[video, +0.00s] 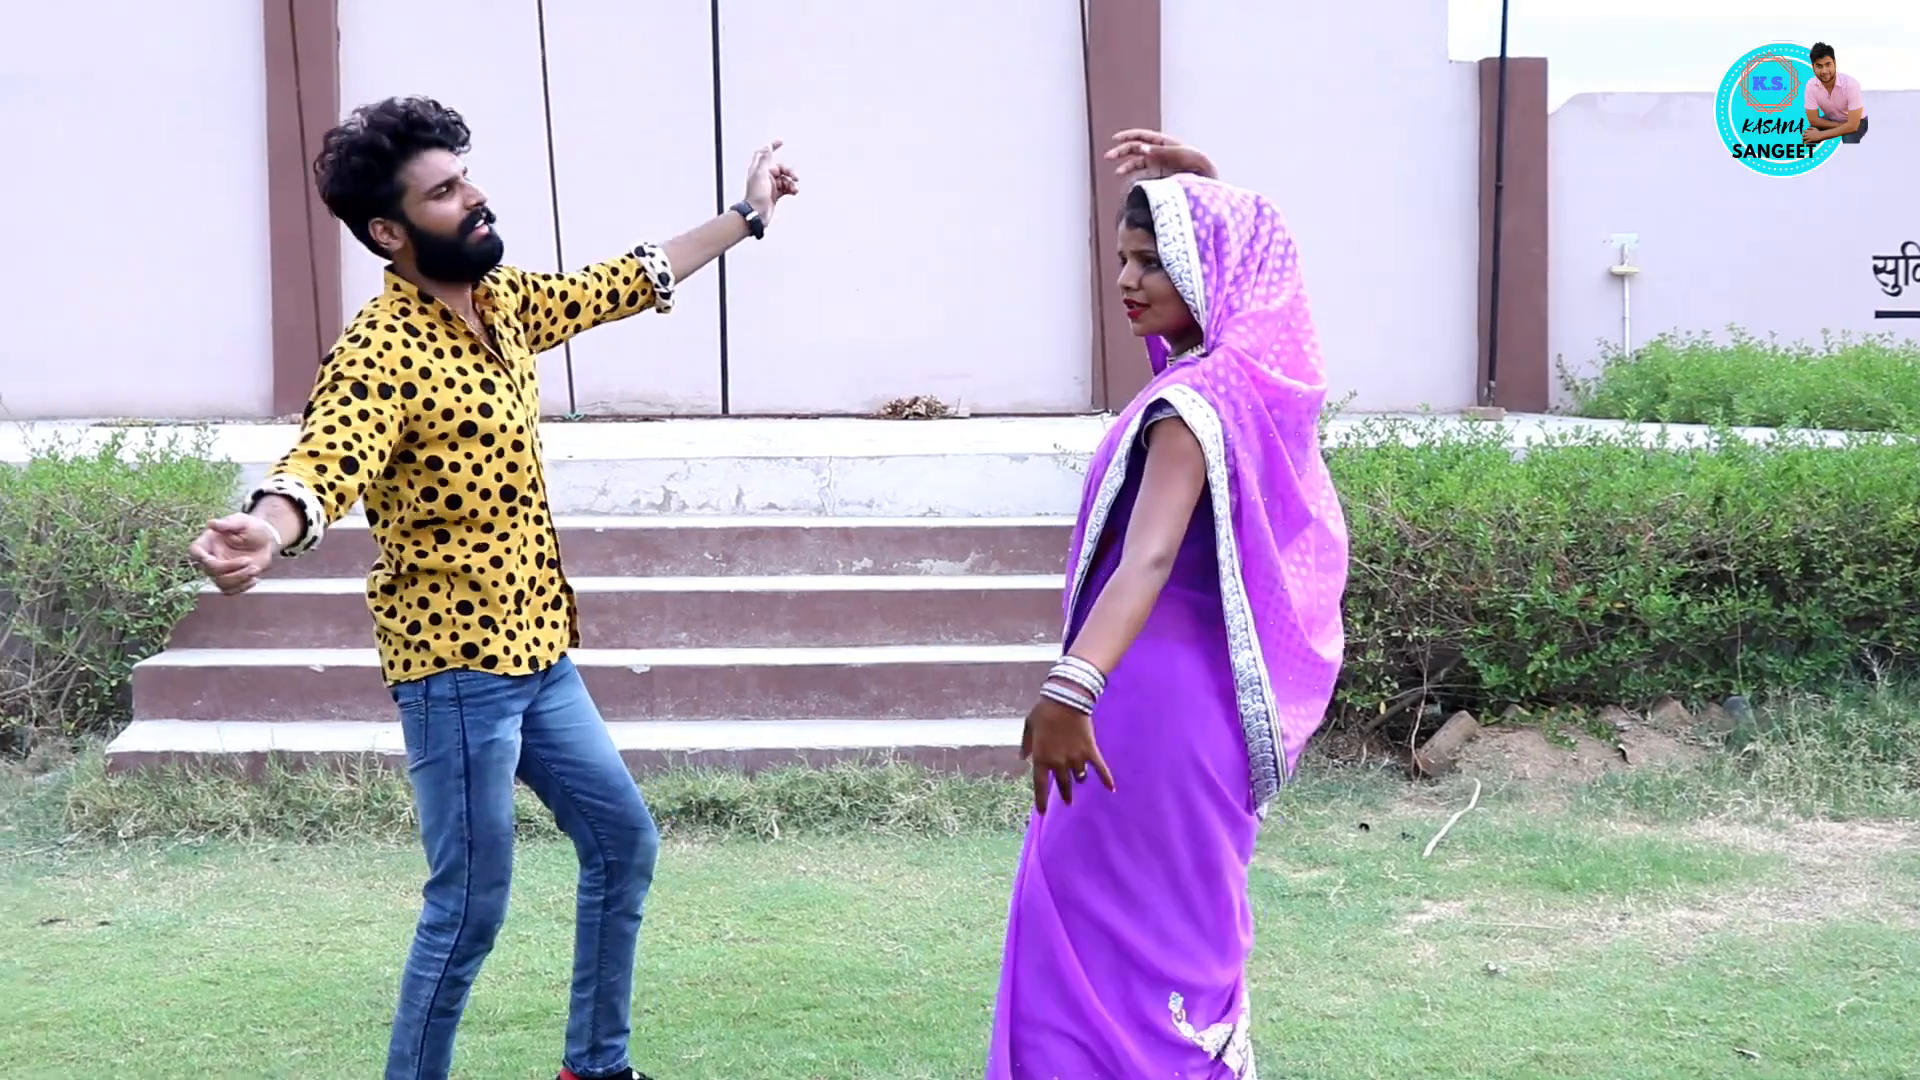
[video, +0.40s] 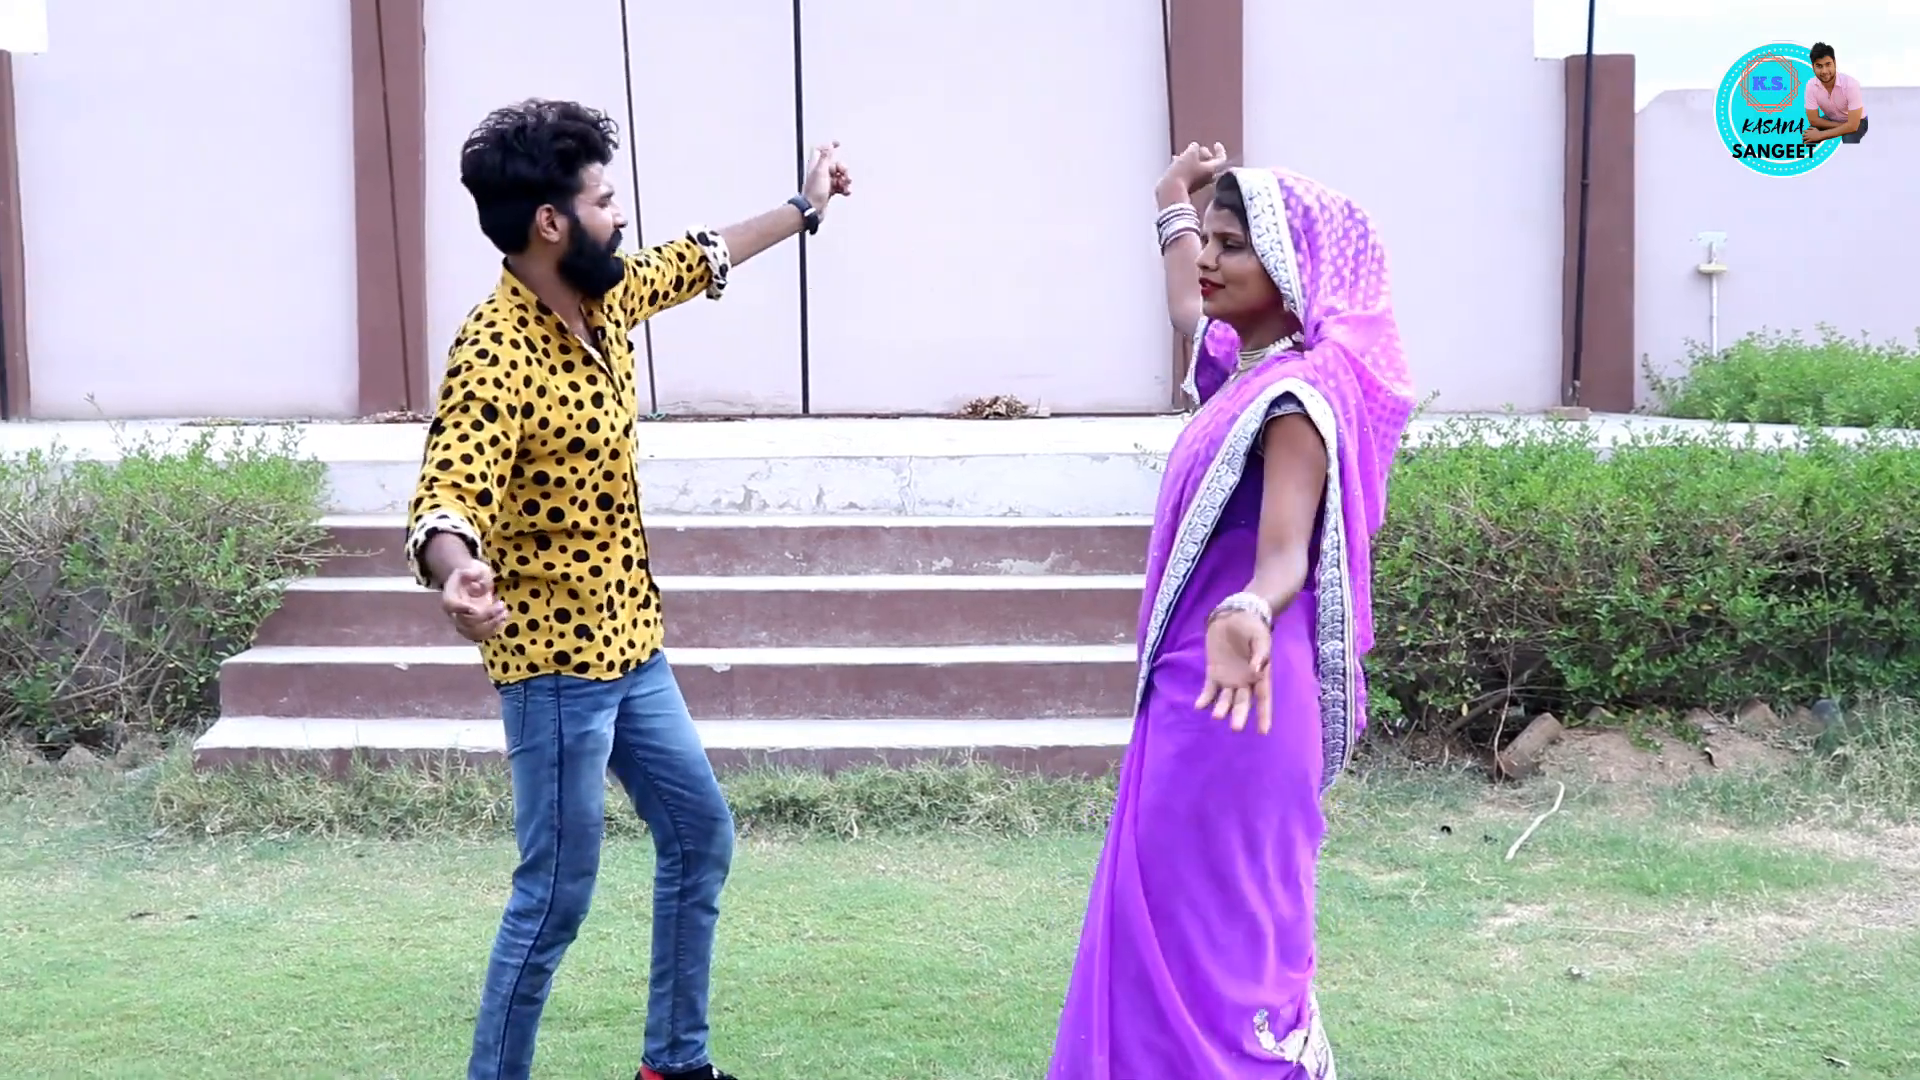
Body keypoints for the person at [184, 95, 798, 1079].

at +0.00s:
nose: (475, 199)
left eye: (468, 179)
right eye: (444, 191)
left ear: (476, 180)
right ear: (387, 234)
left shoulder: (508, 301)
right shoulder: (381, 347)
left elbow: (627, 283)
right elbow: (329, 453)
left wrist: (745, 215)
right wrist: (272, 522)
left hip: (537, 652)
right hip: (452, 667)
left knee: (623, 841)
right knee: (467, 907)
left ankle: (597, 1064)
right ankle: (412, 1073)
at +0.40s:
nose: (621, 212)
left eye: (615, 194)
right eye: (604, 198)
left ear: (555, 218)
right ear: (546, 220)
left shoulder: (602, 297)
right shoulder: (495, 349)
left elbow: (696, 258)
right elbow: (444, 501)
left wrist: (803, 208)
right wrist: (457, 567)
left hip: (629, 648)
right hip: (550, 660)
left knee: (701, 833)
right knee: (554, 893)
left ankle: (676, 1059)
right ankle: (495, 1071)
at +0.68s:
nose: (708, 250)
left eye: (703, 231)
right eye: (694, 233)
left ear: (644, 248)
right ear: (650, 251)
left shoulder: (648, 330)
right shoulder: (567, 393)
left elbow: (708, 293)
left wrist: (787, 217)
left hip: (688, 652)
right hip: (622, 674)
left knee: (770, 831)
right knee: (629, 906)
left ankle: (703, 1058)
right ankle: (534, 1071)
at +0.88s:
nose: (777, 245)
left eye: (775, 228)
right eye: (773, 230)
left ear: (687, 236)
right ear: (743, 247)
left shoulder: (650, 296)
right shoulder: (711, 400)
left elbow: (684, 192)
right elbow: (748, 587)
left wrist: (771, 101)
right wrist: (847, 659)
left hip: (677, 629)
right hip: (688, 650)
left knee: (761, 833)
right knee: (646, 883)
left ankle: (707, 1065)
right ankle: (530, 1068)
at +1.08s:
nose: (864, 284)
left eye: (864, 266)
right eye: (863, 268)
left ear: (768, 259)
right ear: (838, 277)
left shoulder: (702, 317)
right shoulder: (810, 415)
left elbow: (725, 178)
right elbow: (867, 583)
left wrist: (786, 57)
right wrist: (826, 547)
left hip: (694, 650)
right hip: (773, 668)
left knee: (757, 882)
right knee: (787, 897)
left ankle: (706, 1071)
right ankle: (581, 1047)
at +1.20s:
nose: (912, 259)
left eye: (909, 241)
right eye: (909, 244)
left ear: (813, 236)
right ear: (879, 256)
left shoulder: (742, 301)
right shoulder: (857, 396)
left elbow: (775, 161)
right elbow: (896, 573)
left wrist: (832, 34)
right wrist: (874, 559)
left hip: (716, 622)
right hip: (809, 651)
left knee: (763, 846)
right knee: (876, 864)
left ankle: (703, 1052)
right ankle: (723, 1044)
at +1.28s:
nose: (934, 247)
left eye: (933, 228)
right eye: (933, 229)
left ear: (840, 213)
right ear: (906, 237)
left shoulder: (769, 280)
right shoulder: (882, 370)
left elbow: (819, 127)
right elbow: (918, 557)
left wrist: (880, 8)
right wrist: (919, 566)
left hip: (747, 615)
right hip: (842, 639)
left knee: (764, 845)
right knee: (920, 842)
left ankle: (707, 1061)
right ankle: (847, 1056)